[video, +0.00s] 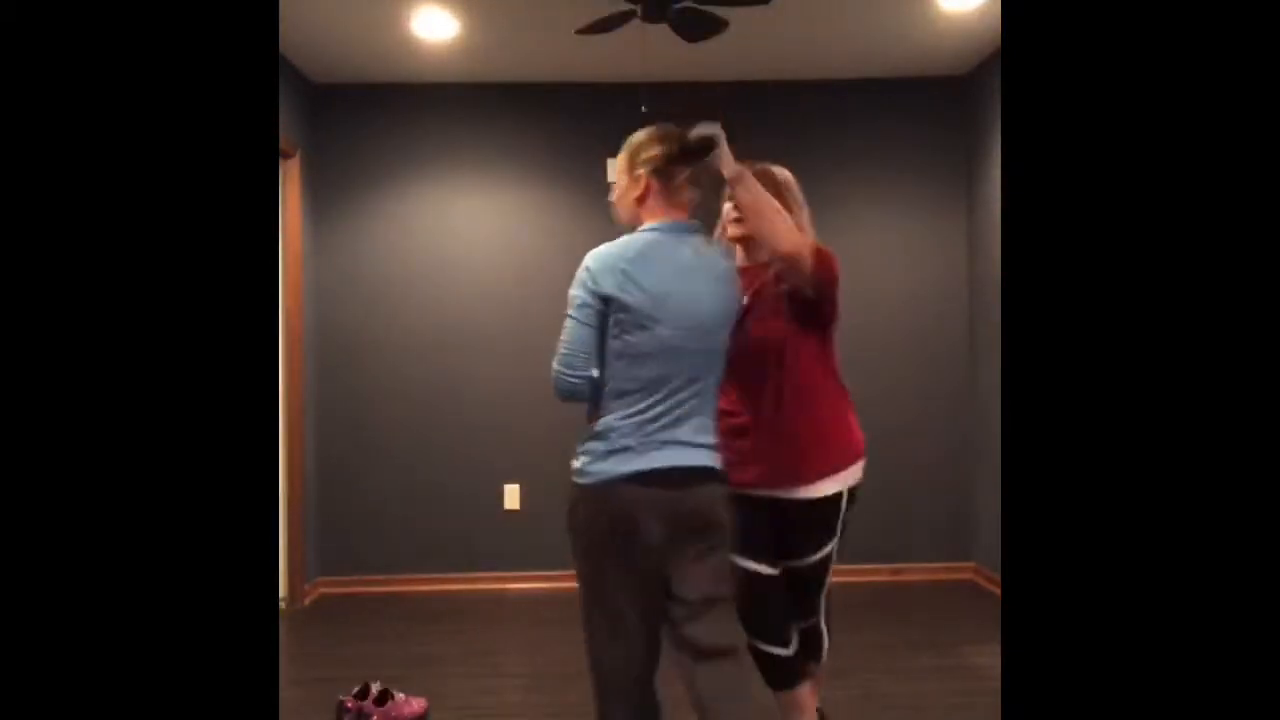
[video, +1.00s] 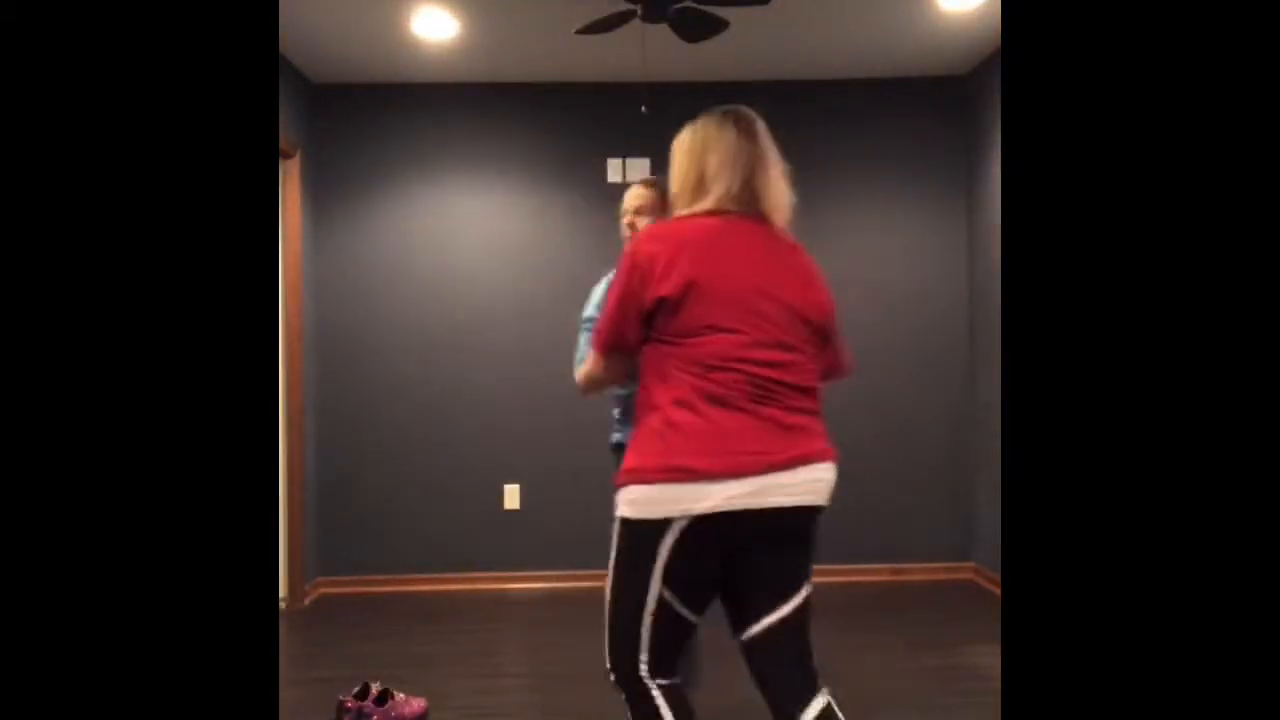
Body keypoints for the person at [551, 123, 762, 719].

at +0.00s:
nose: (612, 193)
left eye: (618, 180)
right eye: (614, 180)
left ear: (644, 184)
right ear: (687, 186)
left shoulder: (606, 263)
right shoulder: (724, 265)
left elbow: (571, 379)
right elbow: (720, 358)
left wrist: (627, 383)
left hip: (615, 490)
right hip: (701, 485)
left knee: (622, 664)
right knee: (717, 653)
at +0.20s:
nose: (570, 200)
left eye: (582, 188)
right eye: (574, 187)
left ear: (625, 197)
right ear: (630, 197)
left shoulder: (607, 263)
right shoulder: (668, 259)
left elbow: (566, 369)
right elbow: (664, 352)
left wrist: (587, 331)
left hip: (599, 466)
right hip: (643, 459)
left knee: (584, 617)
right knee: (597, 615)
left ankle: (619, 713)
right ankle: (624, 710)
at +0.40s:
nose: (573, 215)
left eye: (583, 204)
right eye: (571, 204)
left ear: (618, 209)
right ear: (576, 210)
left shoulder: (646, 269)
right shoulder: (577, 255)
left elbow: (662, 356)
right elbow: (497, 243)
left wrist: (602, 368)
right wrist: (518, 227)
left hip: (610, 456)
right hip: (573, 452)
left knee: (575, 606)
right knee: (549, 602)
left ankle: (605, 711)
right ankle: (574, 710)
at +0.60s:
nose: (560, 220)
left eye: (573, 211)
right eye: (559, 210)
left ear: (612, 218)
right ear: (558, 216)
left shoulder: (644, 274)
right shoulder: (554, 273)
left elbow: (684, 337)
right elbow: (502, 314)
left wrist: (676, 404)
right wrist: (564, 311)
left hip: (622, 452)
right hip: (560, 450)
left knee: (613, 585)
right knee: (556, 584)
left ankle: (639, 708)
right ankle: (568, 706)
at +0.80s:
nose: (587, 228)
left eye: (599, 218)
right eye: (584, 218)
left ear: (633, 225)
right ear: (581, 226)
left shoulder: (664, 281)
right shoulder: (573, 284)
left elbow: (690, 341)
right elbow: (564, 353)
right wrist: (630, 316)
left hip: (662, 447)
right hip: (596, 449)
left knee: (664, 582)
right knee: (582, 580)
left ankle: (660, 697)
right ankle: (564, 701)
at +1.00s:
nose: (633, 225)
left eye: (645, 214)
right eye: (627, 215)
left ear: (673, 212)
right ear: (616, 222)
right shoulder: (610, 283)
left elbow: (594, 371)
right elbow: (585, 370)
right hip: (634, 439)